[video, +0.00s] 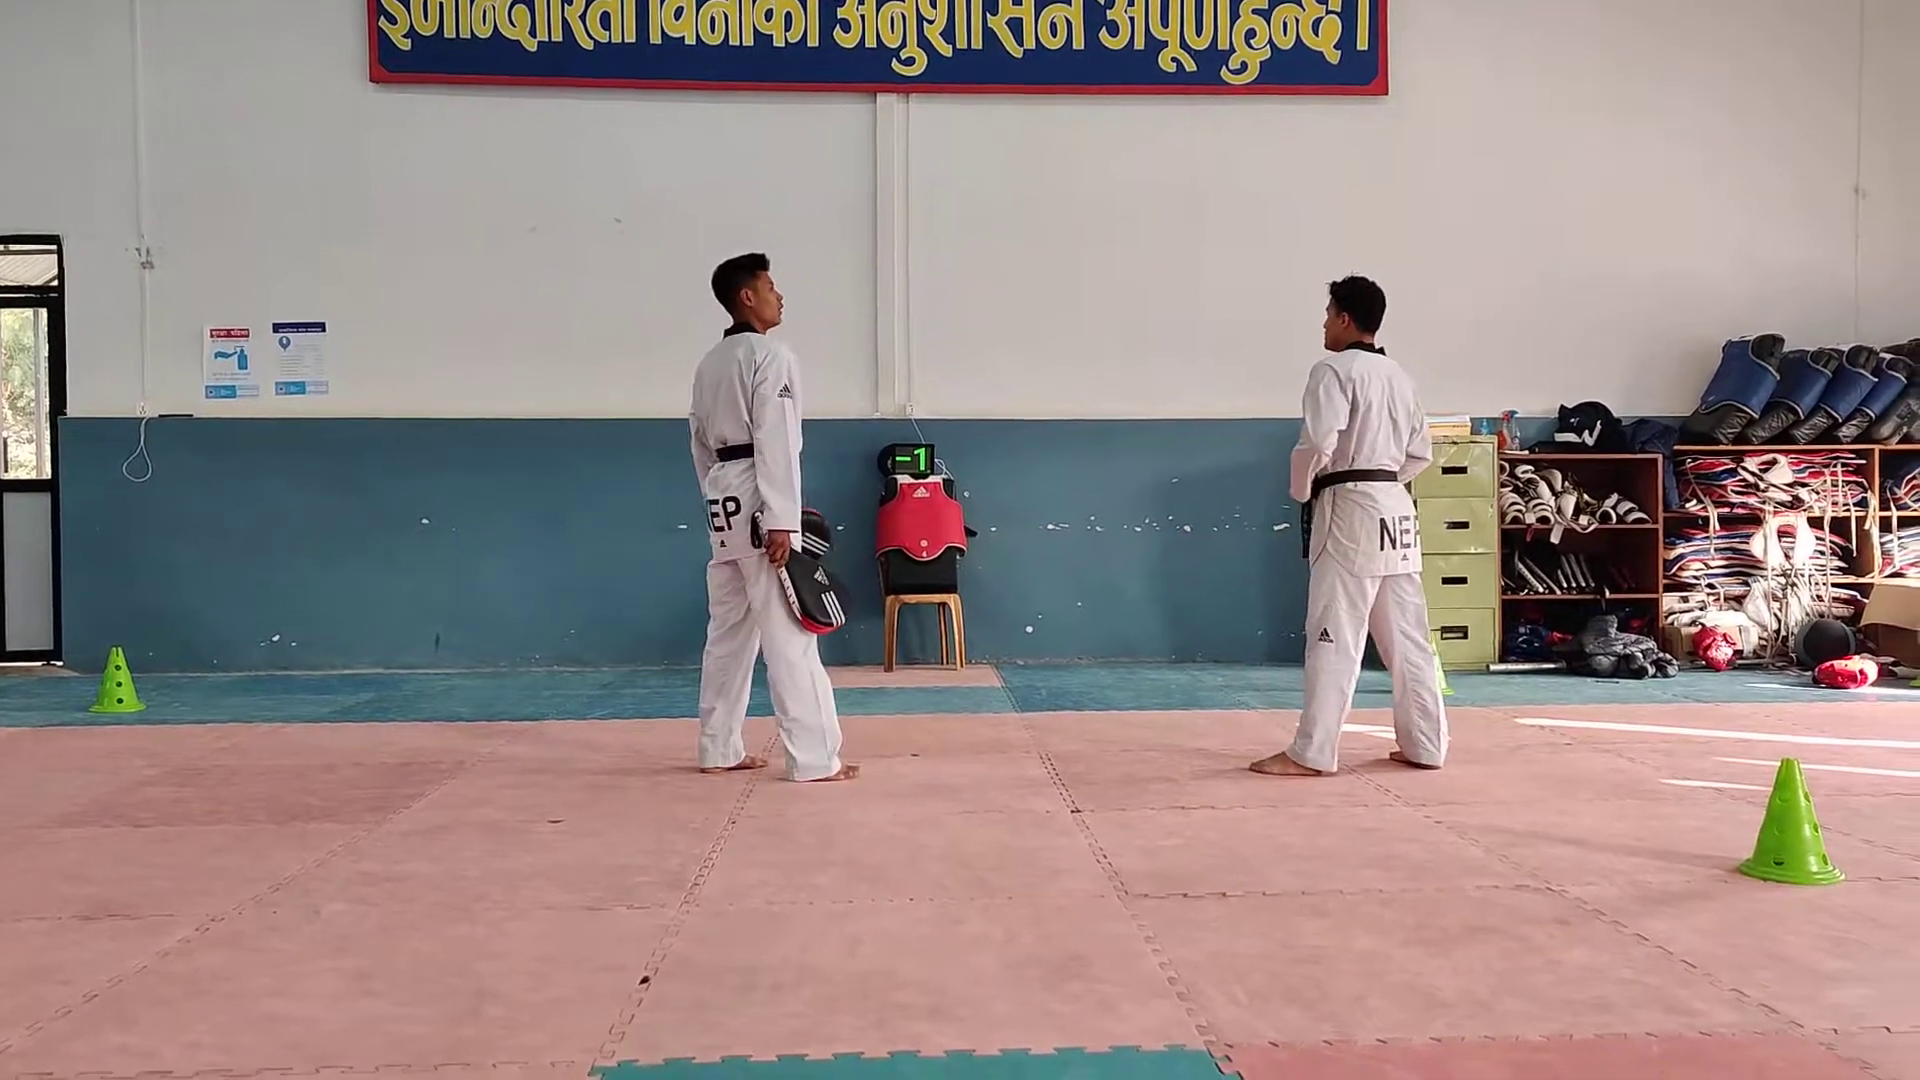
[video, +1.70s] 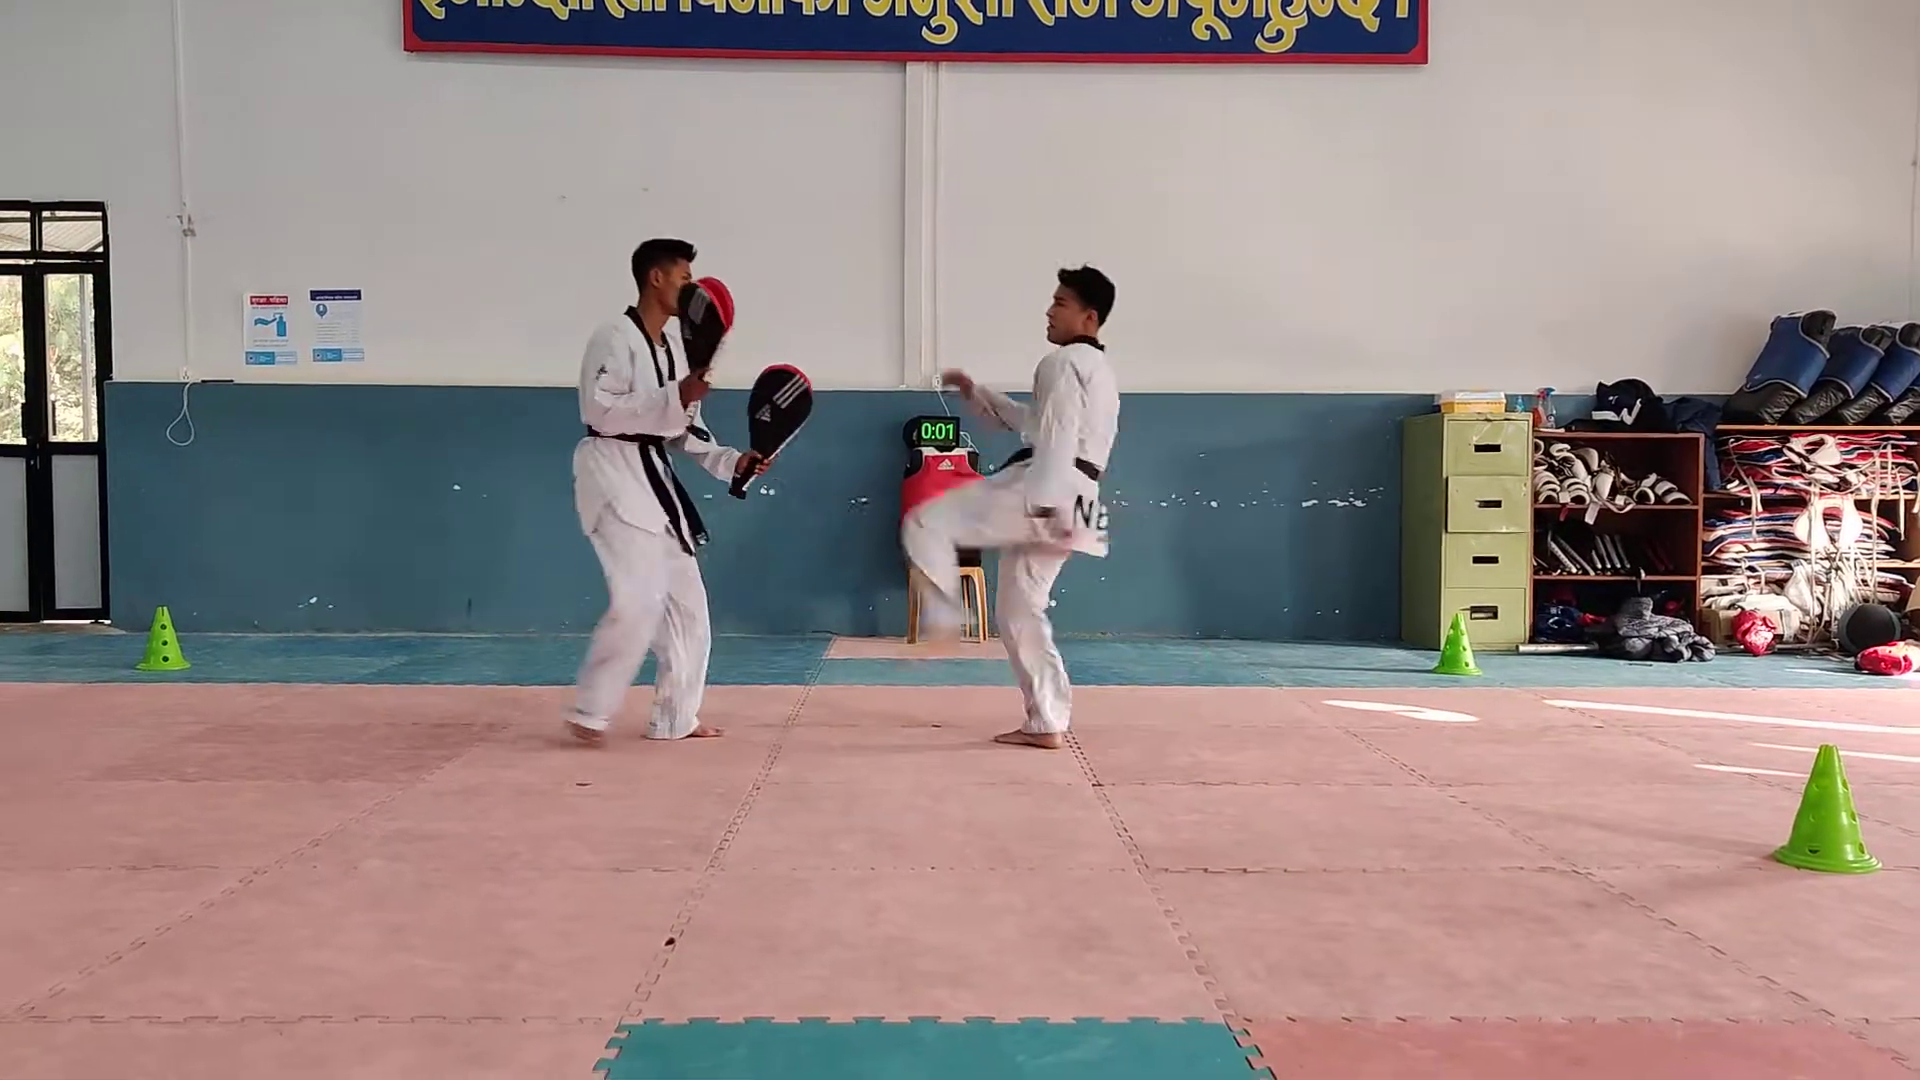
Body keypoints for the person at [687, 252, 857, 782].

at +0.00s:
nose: (780, 295)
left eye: (775, 286)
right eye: (770, 287)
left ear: (740, 300)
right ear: (746, 297)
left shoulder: (709, 364)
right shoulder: (771, 355)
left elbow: (703, 451)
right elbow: (777, 445)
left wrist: (723, 501)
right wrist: (781, 518)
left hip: (722, 507)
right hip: (762, 504)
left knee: (728, 632)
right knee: (790, 633)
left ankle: (720, 749)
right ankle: (815, 758)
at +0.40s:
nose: (814, 298)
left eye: (810, 287)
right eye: (806, 288)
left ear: (771, 298)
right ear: (780, 295)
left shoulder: (726, 357)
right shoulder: (801, 356)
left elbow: (698, 433)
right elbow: (818, 447)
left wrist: (729, 487)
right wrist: (844, 525)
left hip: (729, 494)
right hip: (779, 491)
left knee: (724, 627)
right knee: (794, 627)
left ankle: (708, 748)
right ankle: (802, 757)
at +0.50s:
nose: (825, 302)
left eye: (823, 292)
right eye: (818, 293)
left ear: (782, 300)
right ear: (793, 298)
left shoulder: (734, 353)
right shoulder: (807, 358)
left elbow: (700, 425)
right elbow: (838, 448)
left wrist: (727, 473)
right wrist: (892, 508)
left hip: (726, 487)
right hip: (773, 487)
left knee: (723, 624)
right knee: (789, 622)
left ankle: (706, 749)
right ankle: (798, 758)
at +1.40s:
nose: (779, 318)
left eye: (778, 308)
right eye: (772, 308)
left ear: (737, 314)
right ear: (744, 311)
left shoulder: (691, 370)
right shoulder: (741, 371)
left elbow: (709, 457)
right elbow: (765, 448)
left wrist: (768, 468)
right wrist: (841, 447)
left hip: (677, 502)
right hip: (717, 504)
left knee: (702, 626)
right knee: (772, 620)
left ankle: (648, 735)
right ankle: (807, 749)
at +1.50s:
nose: (749, 309)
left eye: (748, 299)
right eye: (741, 299)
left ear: (716, 304)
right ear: (711, 301)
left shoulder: (699, 363)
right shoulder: (692, 358)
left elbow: (710, 450)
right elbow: (685, 435)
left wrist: (764, 478)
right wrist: (759, 434)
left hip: (659, 489)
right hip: (679, 487)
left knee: (692, 619)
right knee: (751, 603)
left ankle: (653, 733)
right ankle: (811, 737)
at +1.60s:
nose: (724, 295)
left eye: (723, 286)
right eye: (715, 286)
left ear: (695, 290)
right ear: (686, 288)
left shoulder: (703, 353)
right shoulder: (648, 348)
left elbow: (705, 438)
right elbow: (634, 422)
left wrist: (756, 468)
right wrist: (711, 419)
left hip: (665, 475)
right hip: (640, 475)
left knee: (675, 604)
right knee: (708, 591)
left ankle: (666, 722)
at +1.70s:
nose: (690, 287)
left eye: (690, 278)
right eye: (683, 277)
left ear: (664, 280)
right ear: (655, 278)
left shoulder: (673, 346)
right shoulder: (611, 339)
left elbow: (681, 430)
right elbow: (600, 414)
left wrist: (732, 462)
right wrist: (676, 397)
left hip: (654, 474)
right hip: (610, 468)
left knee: (686, 597)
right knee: (641, 590)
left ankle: (676, 718)